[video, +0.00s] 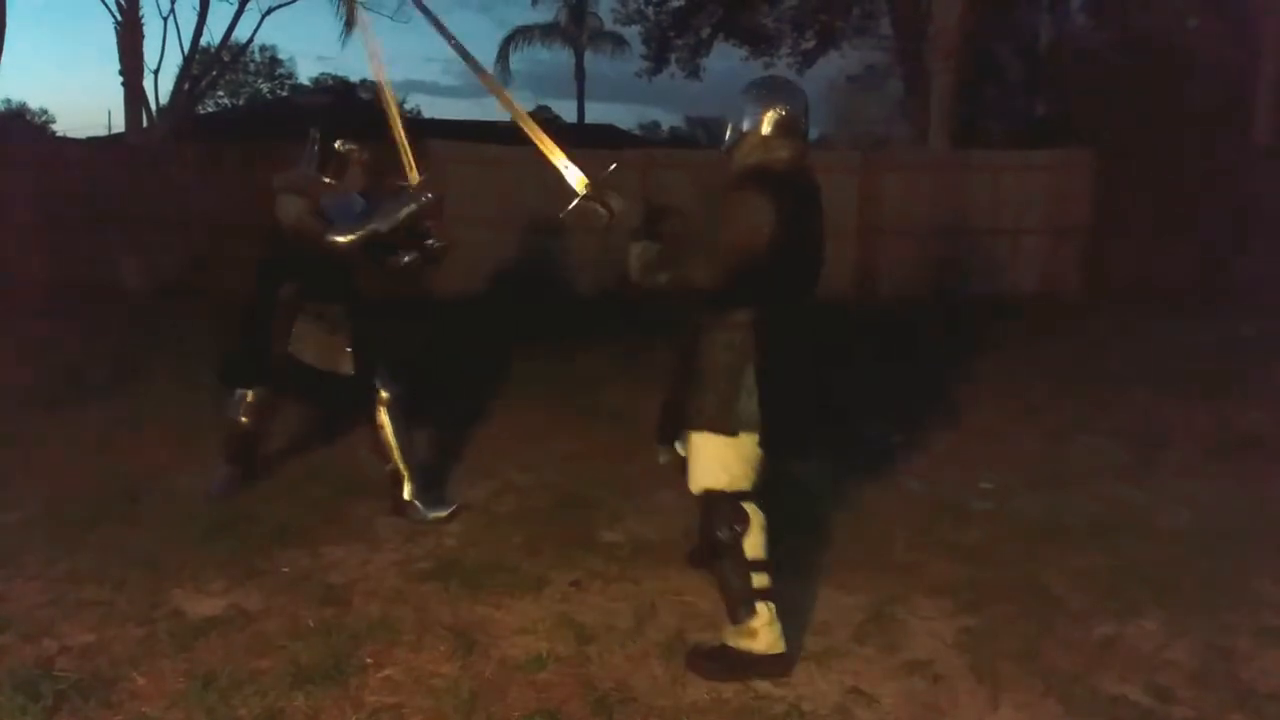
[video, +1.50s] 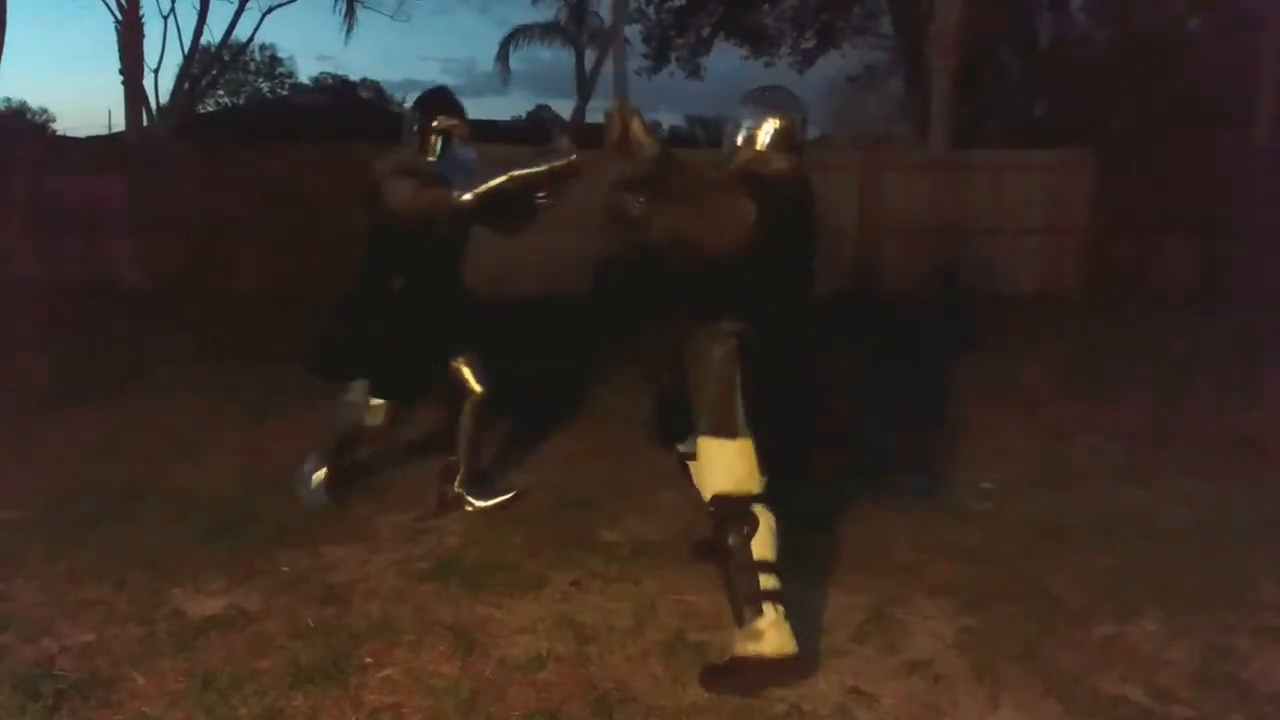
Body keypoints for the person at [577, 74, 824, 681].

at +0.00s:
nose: (733, 129)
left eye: (742, 117)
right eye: (740, 116)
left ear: (762, 123)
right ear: (791, 125)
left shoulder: (760, 188)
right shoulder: (790, 184)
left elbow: (729, 273)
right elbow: (734, 268)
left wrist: (659, 268)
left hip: (744, 354)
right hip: (763, 346)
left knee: (726, 491)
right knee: (730, 474)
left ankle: (757, 637)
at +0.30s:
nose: (738, 129)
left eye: (746, 119)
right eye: (743, 119)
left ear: (765, 124)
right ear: (800, 125)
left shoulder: (765, 189)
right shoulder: (808, 183)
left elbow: (705, 256)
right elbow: (725, 243)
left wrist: (637, 238)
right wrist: (656, 225)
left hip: (747, 351)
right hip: (778, 343)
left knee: (729, 495)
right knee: (740, 464)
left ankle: (759, 642)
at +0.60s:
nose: (742, 138)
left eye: (747, 127)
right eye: (750, 128)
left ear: (754, 128)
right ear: (802, 128)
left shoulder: (757, 186)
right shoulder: (813, 186)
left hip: (749, 352)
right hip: (790, 344)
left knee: (728, 495)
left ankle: (761, 644)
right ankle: (724, 543)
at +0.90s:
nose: (724, 142)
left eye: (733, 131)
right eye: (728, 131)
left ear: (749, 131)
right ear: (780, 131)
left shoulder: (759, 197)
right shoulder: (770, 191)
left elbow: (704, 270)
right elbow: (693, 240)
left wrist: (619, 251)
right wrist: (632, 228)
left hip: (739, 360)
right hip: (731, 349)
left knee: (689, 494)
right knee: (676, 435)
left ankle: (762, 638)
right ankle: (689, 550)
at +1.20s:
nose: (754, 151)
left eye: (763, 140)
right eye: (763, 141)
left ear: (773, 142)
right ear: (812, 149)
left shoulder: (774, 209)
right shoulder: (798, 203)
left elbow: (695, 264)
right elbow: (715, 242)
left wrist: (630, 235)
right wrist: (652, 220)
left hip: (735, 366)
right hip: (755, 355)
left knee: (712, 513)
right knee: (671, 438)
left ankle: (776, 660)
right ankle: (694, 547)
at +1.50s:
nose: (736, 143)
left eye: (744, 132)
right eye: (744, 132)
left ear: (755, 134)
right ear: (789, 136)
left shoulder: (757, 193)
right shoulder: (782, 190)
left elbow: (702, 226)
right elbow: (704, 192)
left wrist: (642, 182)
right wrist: (654, 157)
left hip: (738, 343)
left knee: (737, 486)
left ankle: (767, 632)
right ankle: (725, 525)